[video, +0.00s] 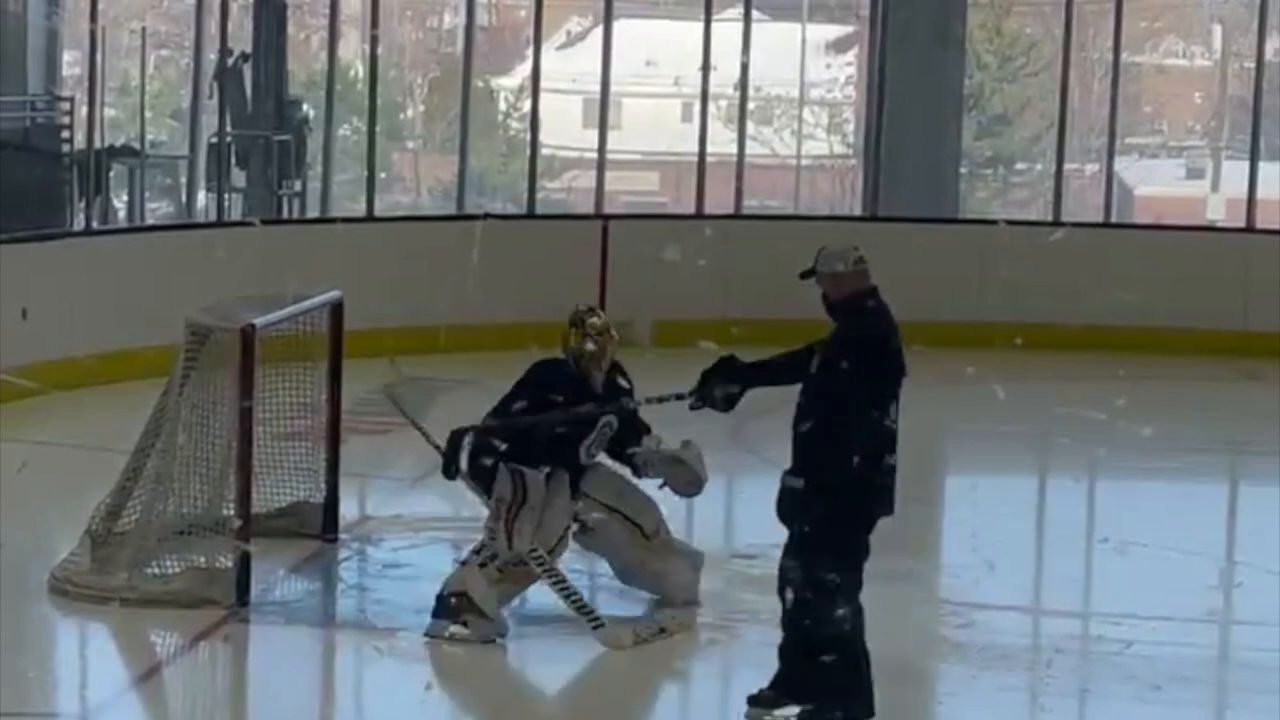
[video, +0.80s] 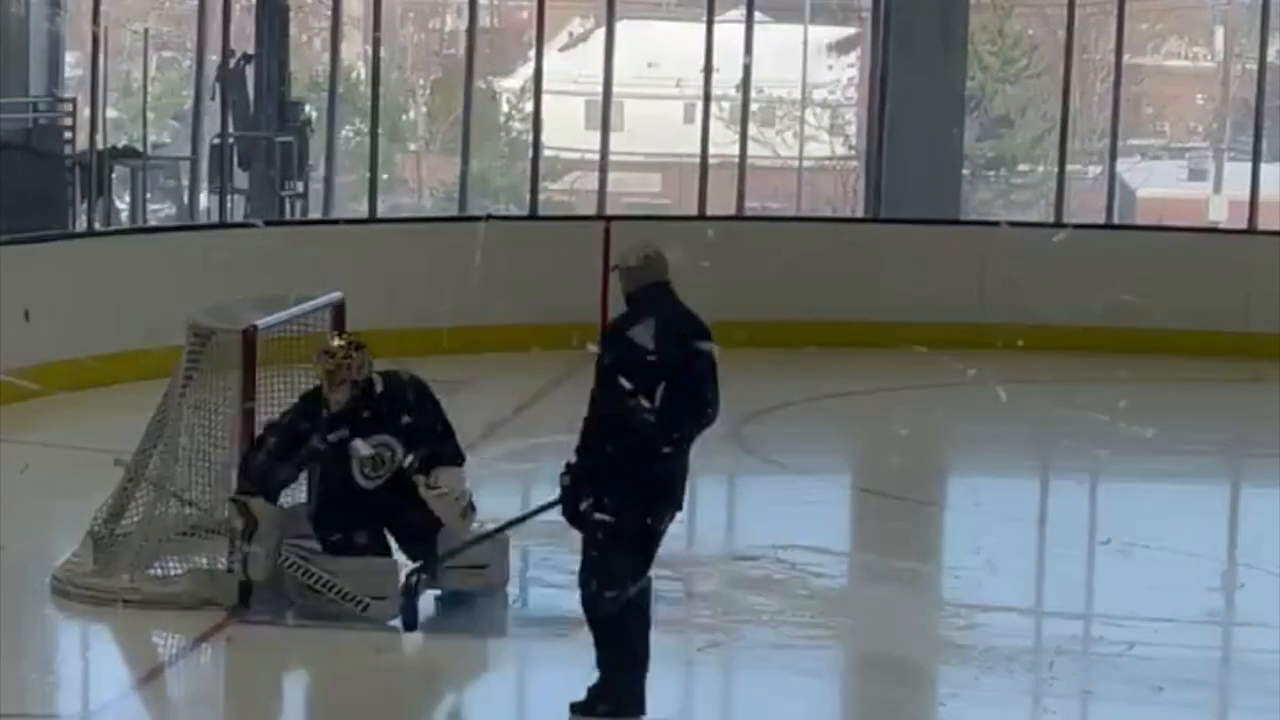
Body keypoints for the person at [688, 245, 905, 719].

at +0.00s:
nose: (824, 293)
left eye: (829, 284)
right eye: (822, 285)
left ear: (847, 283)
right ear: (851, 281)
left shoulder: (868, 336)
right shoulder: (849, 330)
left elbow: (845, 426)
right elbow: (801, 363)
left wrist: (810, 480)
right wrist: (741, 374)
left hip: (848, 492)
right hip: (823, 487)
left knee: (832, 593)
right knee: (797, 582)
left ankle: (846, 700)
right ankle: (797, 678)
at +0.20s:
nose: (771, 293)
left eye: (775, 284)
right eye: (770, 285)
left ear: (793, 284)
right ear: (804, 280)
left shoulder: (816, 333)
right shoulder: (801, 328)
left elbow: (795, 426)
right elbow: (756, 366)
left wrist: (750, 478)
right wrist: (699, 377)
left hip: (797, 491)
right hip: (778, 486)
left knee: (770, 595)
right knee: (751, 585)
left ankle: (779, 703)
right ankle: (753, 684)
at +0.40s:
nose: (719, 292)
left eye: (723, 282)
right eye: (718, 283)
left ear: (741, 281)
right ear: (749, 280)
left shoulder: (766, 329)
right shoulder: (750, 326)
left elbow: (723, 379)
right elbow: (716, 379)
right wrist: (663, 385)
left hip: (747, 487)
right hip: (726, 482)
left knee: (712, 593)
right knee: (702, 591)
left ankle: (724, 700)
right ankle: (710, 690)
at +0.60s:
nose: (670, 287)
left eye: (675, 278)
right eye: (671, 279)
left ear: (694, 279)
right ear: (708, 278)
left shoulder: (707, 335)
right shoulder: (697, 328)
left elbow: (693, 429)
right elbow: (661, 399)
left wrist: (638, 434)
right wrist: (630, 421)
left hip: (682, 493)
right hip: (684, 486)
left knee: (657, 598)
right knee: (668, 595)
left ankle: (676, 701)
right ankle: (673, 697)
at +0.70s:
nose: (644, 286)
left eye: (648, 277)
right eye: (645, 278)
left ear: (662, 279)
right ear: (680, 278)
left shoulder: (697, 333)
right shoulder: (655, 328)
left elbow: (684, 427)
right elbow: (628, 416)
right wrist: (607, 477)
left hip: (663, 489)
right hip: (637, 483)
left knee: (641, 591)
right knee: (629, 589)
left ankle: (655, 700)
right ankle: (643, 691)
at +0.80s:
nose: (620, 282)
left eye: (624, 274)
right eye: (620, 275)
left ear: (639, 275)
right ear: (655, 275)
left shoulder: (681, 328)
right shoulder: (621, 329)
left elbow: (699, 407)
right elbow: (602, 409)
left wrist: (656, 445)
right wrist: (580, 470)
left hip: (648, 481)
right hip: (611, 475)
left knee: (617, 584)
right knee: (602, 583)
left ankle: (622, 695)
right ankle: (613, 689)